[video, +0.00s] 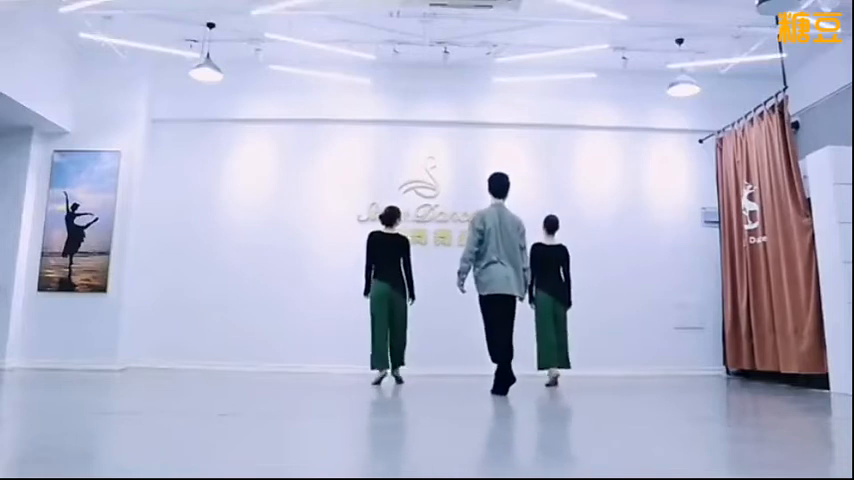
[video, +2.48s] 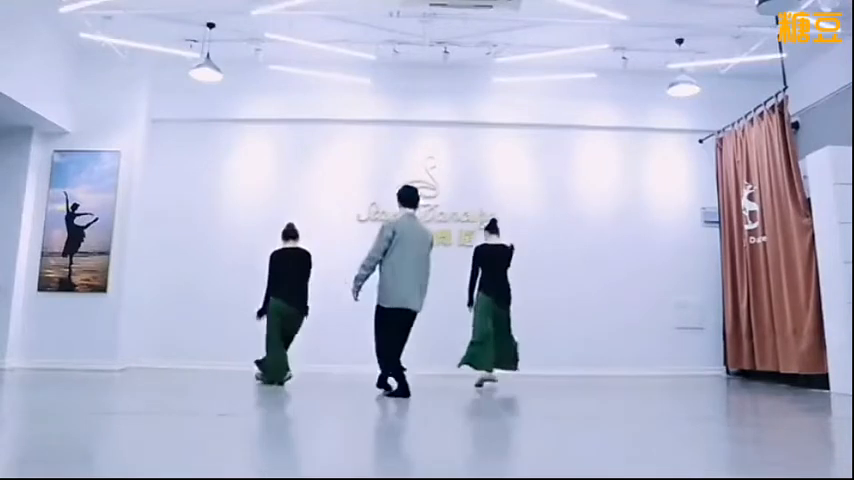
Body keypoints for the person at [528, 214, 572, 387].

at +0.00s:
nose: (548, 230)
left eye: (546, 227)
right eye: (551, 227)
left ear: (543, 228)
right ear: (557, 229)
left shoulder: (536, 248)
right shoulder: (562, 249)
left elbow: (532, 273)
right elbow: (567, 275)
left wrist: (530, 293)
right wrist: (568, 296)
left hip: (542, 292)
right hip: (559, 293)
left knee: (546, 331)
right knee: (558, 330)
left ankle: (552, 369)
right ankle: (555, 368)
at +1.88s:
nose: (522, 234)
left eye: (522, 232)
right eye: (525, 232)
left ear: (521, 234)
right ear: (536, 234)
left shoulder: (515, 254)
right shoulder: (542, 255)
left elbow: (511, 280)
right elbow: (548, 281)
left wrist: (511, 302)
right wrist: (551, 302)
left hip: (522, 299)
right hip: (540, 299)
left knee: (526, 335)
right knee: (542, 334)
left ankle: (537, 369)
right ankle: (542, 371)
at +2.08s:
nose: (512, 239)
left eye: (512, 236)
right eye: (515, 236)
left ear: (514, 238)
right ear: (527, 239)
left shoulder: (508, 259)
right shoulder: (534, 258)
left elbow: (505, 285)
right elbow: (547, 277)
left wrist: (504, 306)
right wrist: (559, 293)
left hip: (518, 303)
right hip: (535, 303)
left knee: (513, 337)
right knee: (538, 339)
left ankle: (513, 369)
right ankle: (538, 377)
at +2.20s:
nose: (503, 232)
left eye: (503, 230)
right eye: (504, 229)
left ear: (506, 230)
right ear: (518, 230)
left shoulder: (500, 249)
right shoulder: (525, 248)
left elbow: (494, 274)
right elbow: (542, 256)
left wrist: (492, 295)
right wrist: (553, 263)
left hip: (506, 296)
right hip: (524, 297)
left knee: (499, 332)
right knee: (531, 334)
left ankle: (489, 367)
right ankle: (537, 371)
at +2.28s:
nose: (499, 229)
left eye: (499, 227)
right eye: (500, 227)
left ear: (500, 227)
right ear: (514, 228)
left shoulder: (495, 245)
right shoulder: (521, 244)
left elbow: (489, 270)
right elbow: (538, 250)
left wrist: (486, 292)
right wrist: (547, 254)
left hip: (500, 292)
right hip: (518, 293)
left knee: (494, 329)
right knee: (525, 330)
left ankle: (484, 367)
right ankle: (534, 370)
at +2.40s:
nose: (489, 232)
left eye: (489, 230)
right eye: (493, 230)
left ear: (489, 230)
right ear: (503, 229)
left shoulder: (484, 246)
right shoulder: (509, 246)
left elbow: (477, 272)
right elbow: (518, 255)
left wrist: (474, 294)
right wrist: (522, 248)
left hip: (489, 290)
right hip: (506, 290)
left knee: (486, 329)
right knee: (506, 328)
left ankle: (484, 369)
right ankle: (507, 369)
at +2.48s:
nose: (487, 236)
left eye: (486, 233)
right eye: (491, 233)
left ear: (485, 233)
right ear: (498, 232)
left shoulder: (480, 249)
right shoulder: (506, 250)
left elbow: (474, 275)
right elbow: (506, 267)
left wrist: (470, 298)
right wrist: (510, 251)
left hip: (485, 292)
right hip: (503, 293)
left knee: (485, 331)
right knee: (497, 330)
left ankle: (486, 370)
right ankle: (490, 370)